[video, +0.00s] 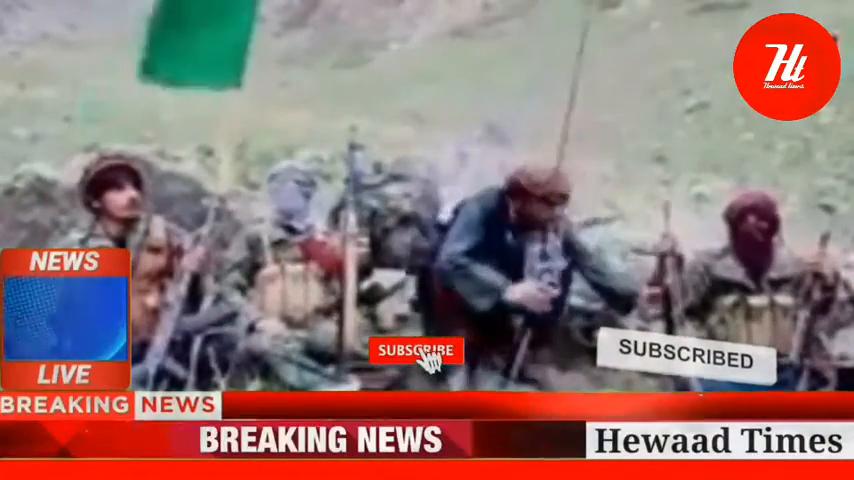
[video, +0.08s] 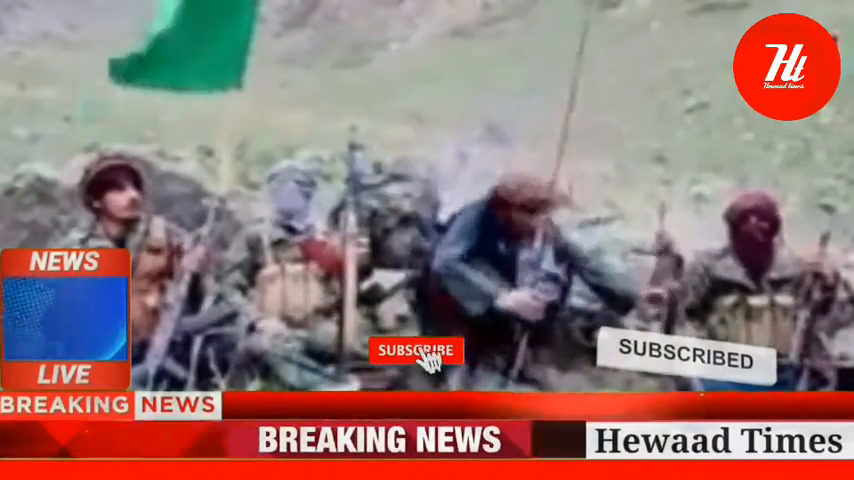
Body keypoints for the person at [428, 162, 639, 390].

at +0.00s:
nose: (555, 214)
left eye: (560, 206)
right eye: (549, 204)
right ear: (523, 199)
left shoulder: (554, 226)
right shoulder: (481, 209)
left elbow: (587, 261)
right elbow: (450, 262)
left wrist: (629, 299)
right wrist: (508, 291)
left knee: (559, 272)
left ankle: (533, 357)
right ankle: (460, 365)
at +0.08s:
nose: (537, 222)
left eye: (541, 214)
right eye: (530, 214)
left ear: (543, 211)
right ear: (509, 208)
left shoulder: (540, 228)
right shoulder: (476, 218)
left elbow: (581, 261)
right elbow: (444, 263)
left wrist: (631, 297)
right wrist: (502, 297)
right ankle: (456, 367)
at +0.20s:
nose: (514, 217)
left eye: (519, 210)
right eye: (507, 209)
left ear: (525, 208)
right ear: (487, 206)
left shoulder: (528, 232)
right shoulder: (463, 221)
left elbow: (566, 268)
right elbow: (441, 251)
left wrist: (617, 294)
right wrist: (492, 277)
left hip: (509, 307)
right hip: (463, 303)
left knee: (547, 291)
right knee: (438, 282)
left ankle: (521, 361)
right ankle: (456, 363)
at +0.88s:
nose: (538, 216)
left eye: (545, 209)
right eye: (531, 207)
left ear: (554, 207)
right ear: (512, 202)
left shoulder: (564, 232)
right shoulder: (488, 219)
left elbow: (601, 265)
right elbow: (441, 244)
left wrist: (637, 293)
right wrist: (475, 261)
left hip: (529, 318)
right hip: (481, 311)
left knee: (565, 285)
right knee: (451, 280)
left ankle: (523, 362)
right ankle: (455, 361)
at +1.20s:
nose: (565, 220)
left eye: (571, 213)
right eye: (560, 209)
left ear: (577, 215)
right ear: (537, 201)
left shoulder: (568, 248)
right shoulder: (494, 221)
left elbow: (605, 276)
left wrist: (636, 295)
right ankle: (459, 365)